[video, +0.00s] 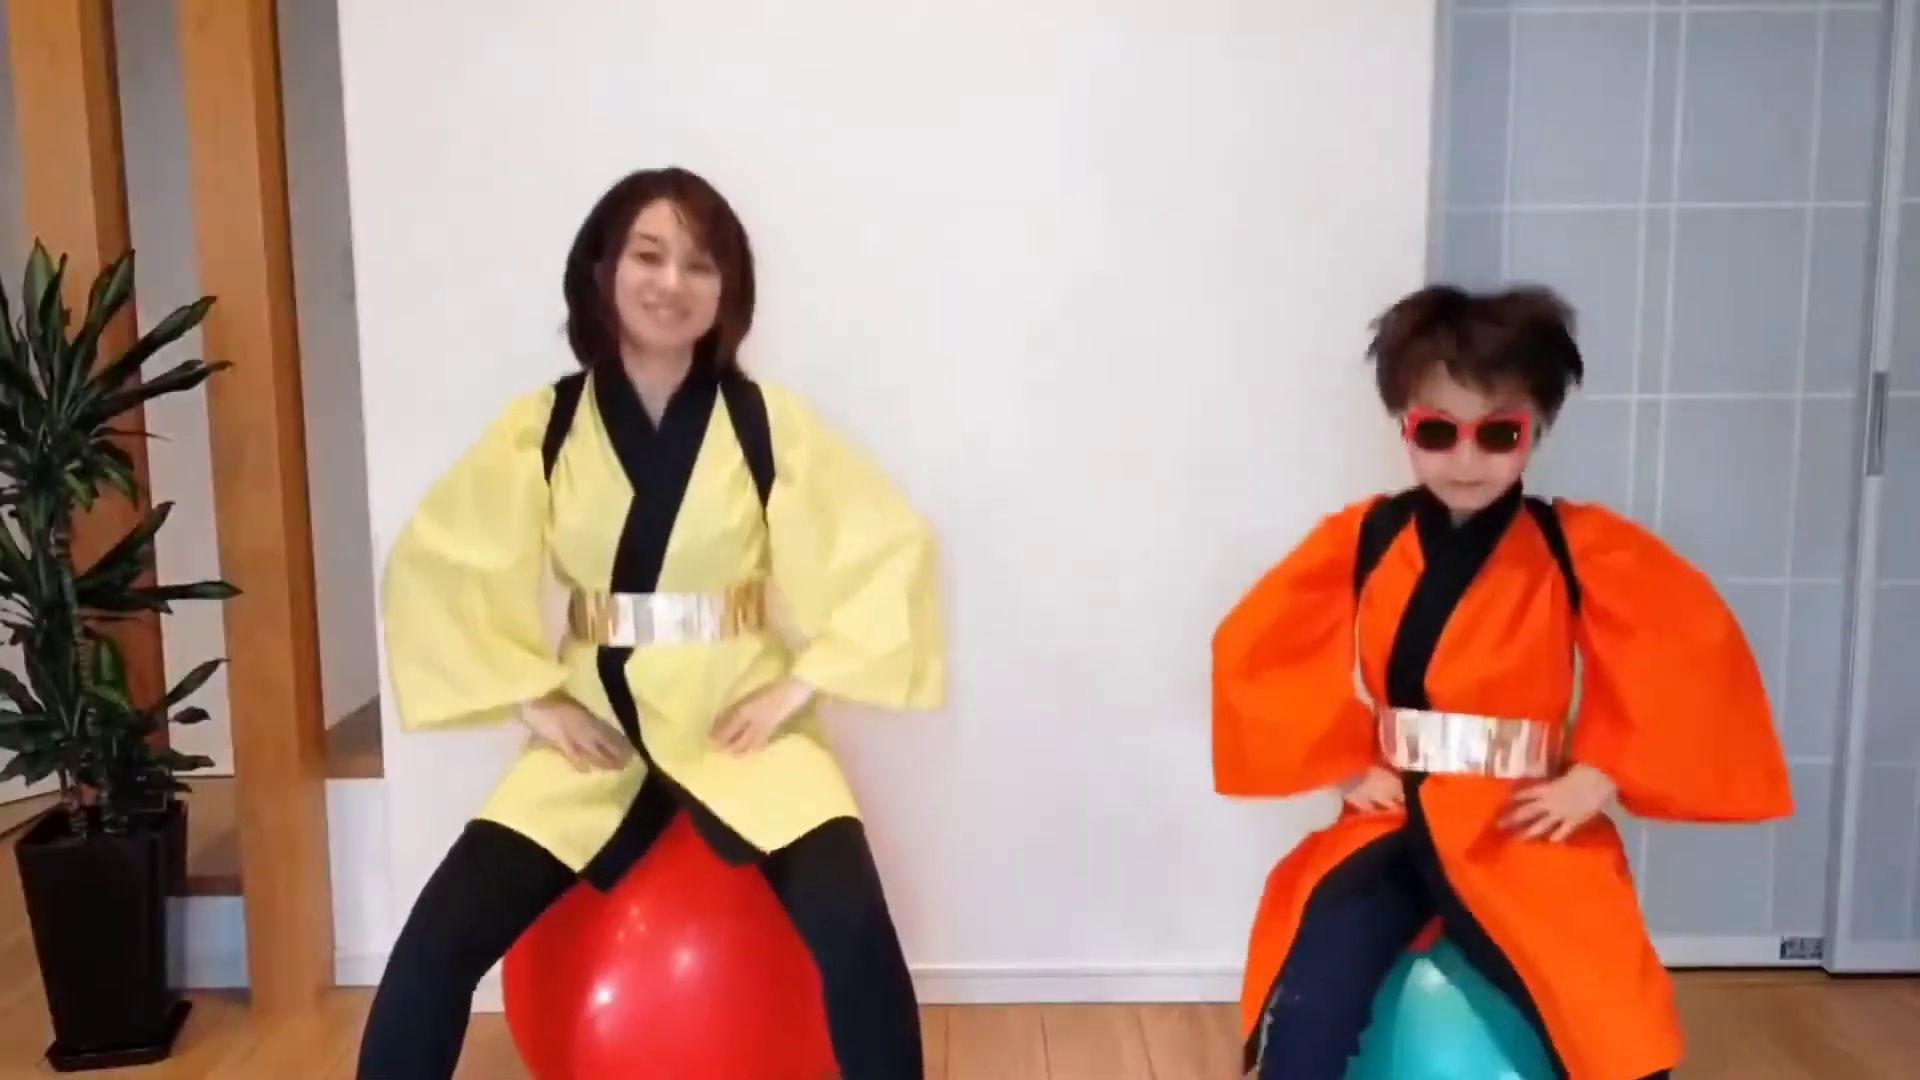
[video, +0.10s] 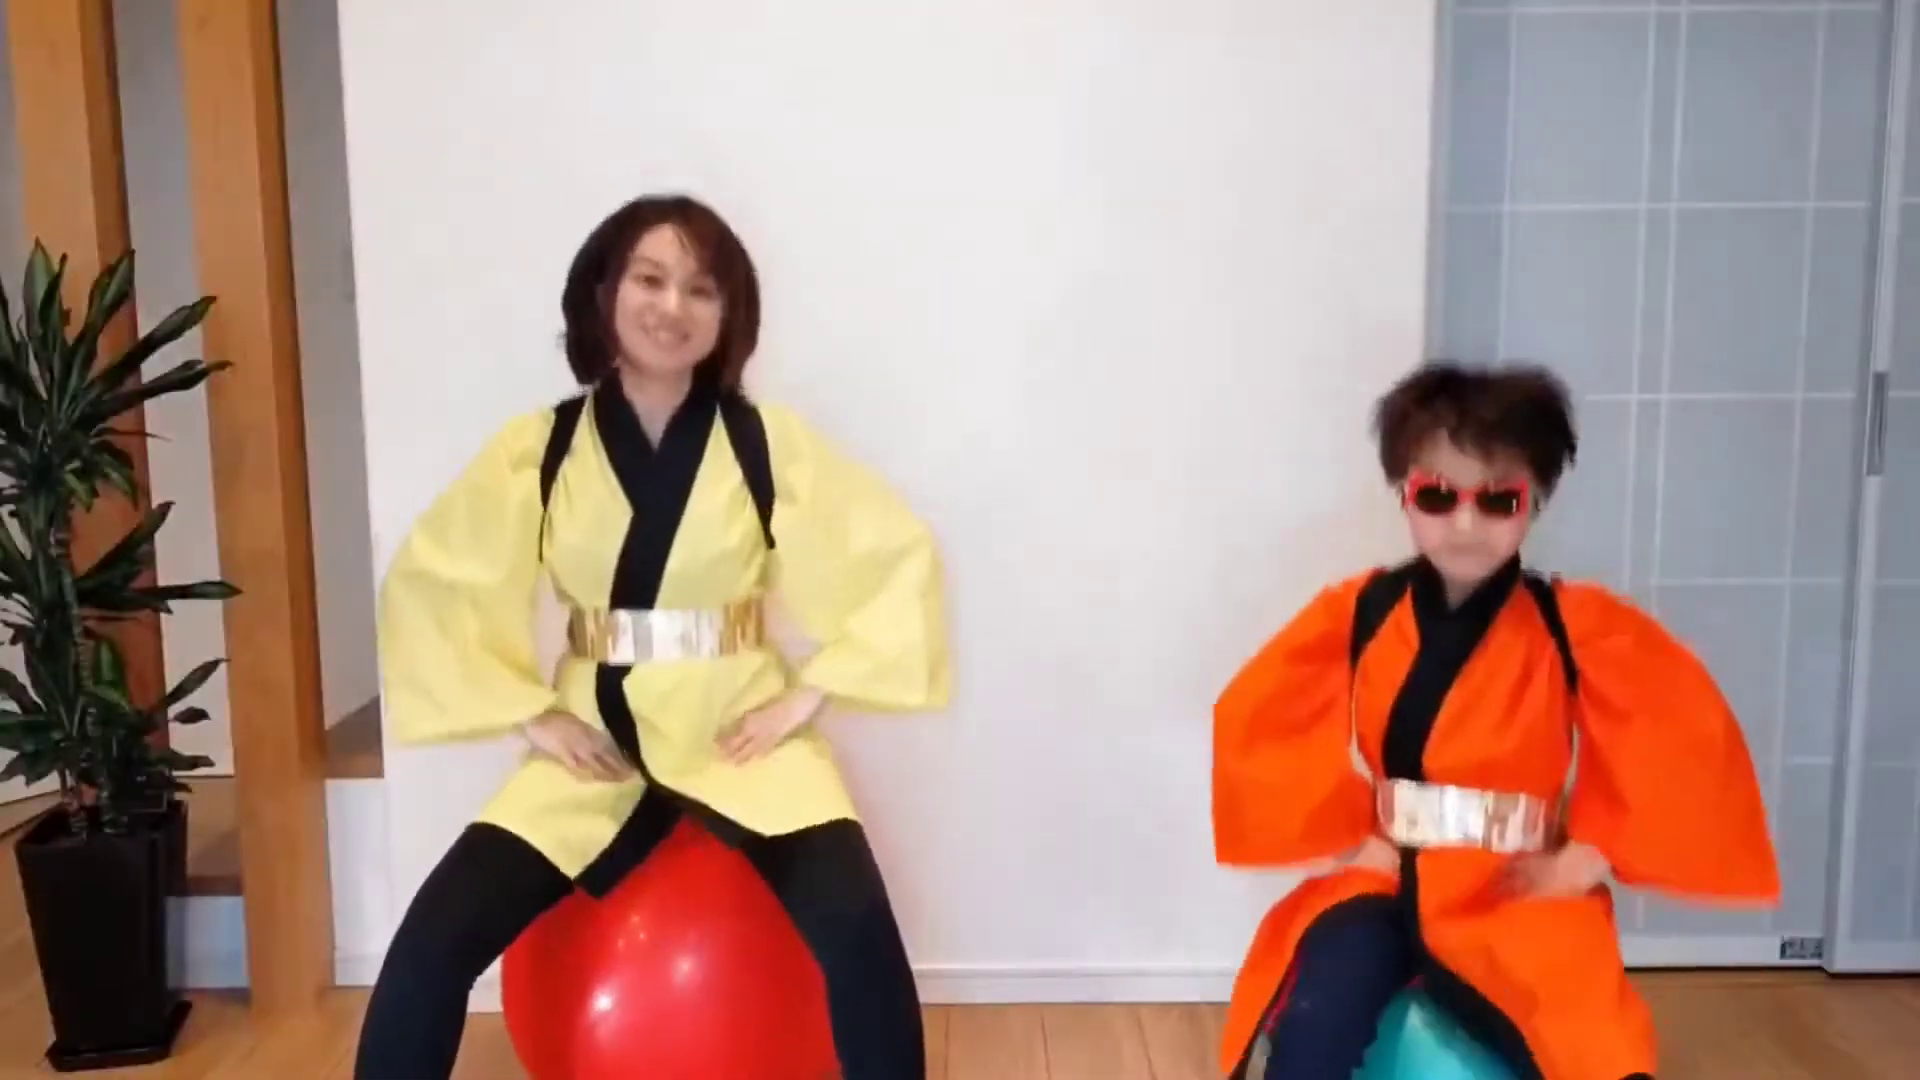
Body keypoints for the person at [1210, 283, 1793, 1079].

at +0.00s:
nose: (1465, 459)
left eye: (1498, 434)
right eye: (1435, 431)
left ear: (1535, 432)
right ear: (1401, 427)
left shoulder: (1579, 544)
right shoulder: (1361, 539)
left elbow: (1693, 657)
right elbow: (1253, 653)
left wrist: (1600, 774)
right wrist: (1345, 762)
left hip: (1528, 828)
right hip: (1390, 823)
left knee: (1619, 1016)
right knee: (1314, 977)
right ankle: (1295, 1066)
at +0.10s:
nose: (1466, 520)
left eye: (1497, 499)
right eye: (1438, 496)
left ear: (1536, 502)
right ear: (1402, 496)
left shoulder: (1576, 623)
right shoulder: (1362, 612)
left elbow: (1684, 745)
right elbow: (1257, 721)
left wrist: (1584, 860)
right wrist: (1351, 830)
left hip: (1516, 897)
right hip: (1385, 884)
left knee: (1595, 1041)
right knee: (1338, 958)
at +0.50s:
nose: (1471, 456)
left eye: (1503, 431)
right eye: (1442, 428)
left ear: (1541, 421)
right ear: (1404, 414)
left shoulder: (1589, 532)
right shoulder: (1363, 528)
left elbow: (1702, 644)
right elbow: (1260, 644)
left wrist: (1606, 757)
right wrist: (1353, 754)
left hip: (1535, 824)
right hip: (1396, 817)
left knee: (1583, 1041)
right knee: (1311, 1006)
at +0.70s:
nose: (1469, 562)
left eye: (1501, 540)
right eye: (1440, 537)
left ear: (1538, 552)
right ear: (1404, 545)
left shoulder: (1578, 675)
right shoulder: (1365, 661)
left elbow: (1697, 797)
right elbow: (1253, 763)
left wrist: (1596, 898)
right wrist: (1351, 858)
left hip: (1520, 936)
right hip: (1384, 920)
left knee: (1593, 1054)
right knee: (1323, 1007)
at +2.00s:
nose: (1465, 432)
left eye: (1497, 407)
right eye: (1436, 406)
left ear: (1535, 423)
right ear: (1397, 418)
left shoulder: (1575, 549)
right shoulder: (1360, 536)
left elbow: (1693, 677)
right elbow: (1247, 646)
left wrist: (1587, 785)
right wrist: (1346, 762)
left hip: (1521, 832)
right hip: (1381, 819)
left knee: (1634, 1041)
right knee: (1282, 994)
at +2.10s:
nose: (1467, 441)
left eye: (1500, 416)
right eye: (1438, 414)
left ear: (1536, 429)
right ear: (1399, 424)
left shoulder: (1573, 549)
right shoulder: (1359, 538)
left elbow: (1693, 667)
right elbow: (1242, 642)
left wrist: (1589, 776)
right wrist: (1341, 756)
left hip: (1522, 823)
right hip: (1384, 816)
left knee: (1633, 1032)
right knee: (1281, 1001)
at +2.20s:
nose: (1466, 513)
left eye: (1497, 490)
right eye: (1438, 487)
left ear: (1531, 506)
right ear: (1397, 500)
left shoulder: (1567, 623)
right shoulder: (1361, 606)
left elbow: (1684, 745)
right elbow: (1240, 705)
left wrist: (1571, 844)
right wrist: (1342, 814)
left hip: (1513, 884)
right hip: (1380, 871)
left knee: (1621, 1040)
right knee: (1308, 970)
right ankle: (1275, 1066)